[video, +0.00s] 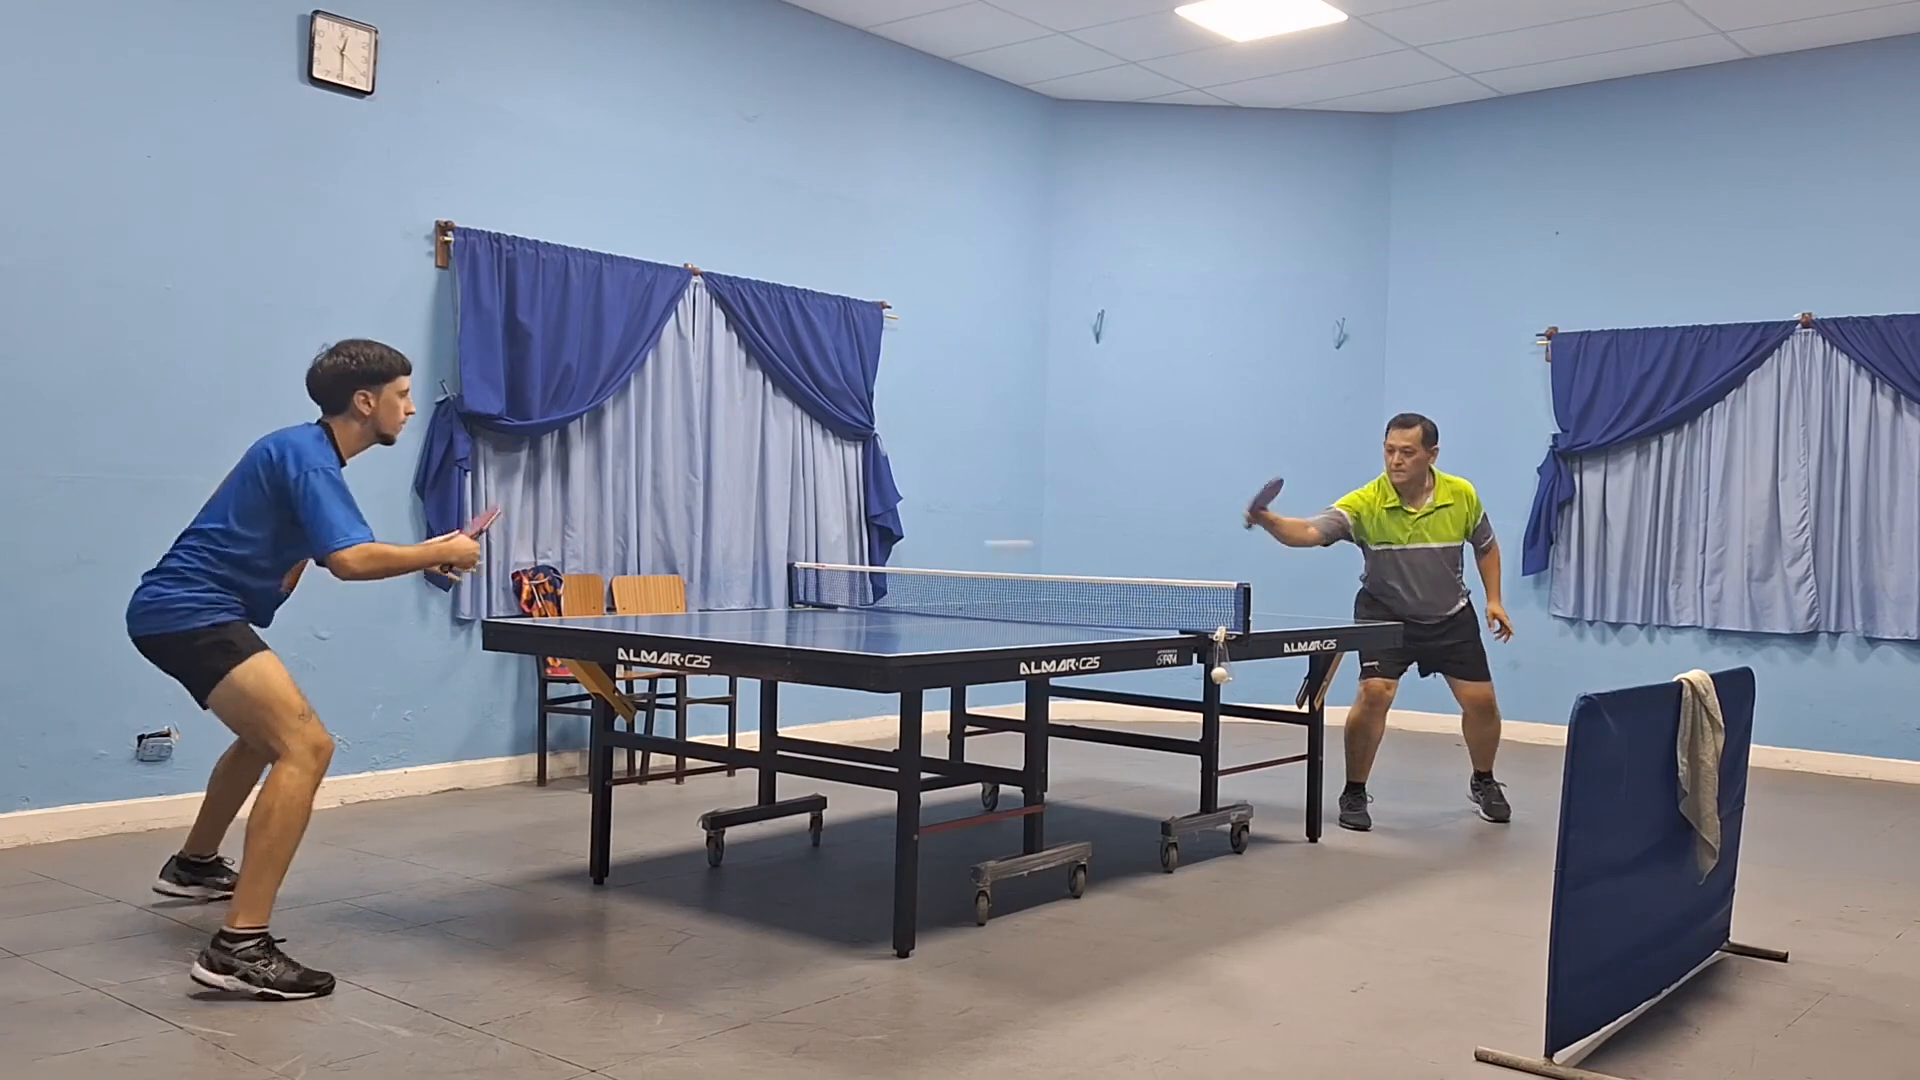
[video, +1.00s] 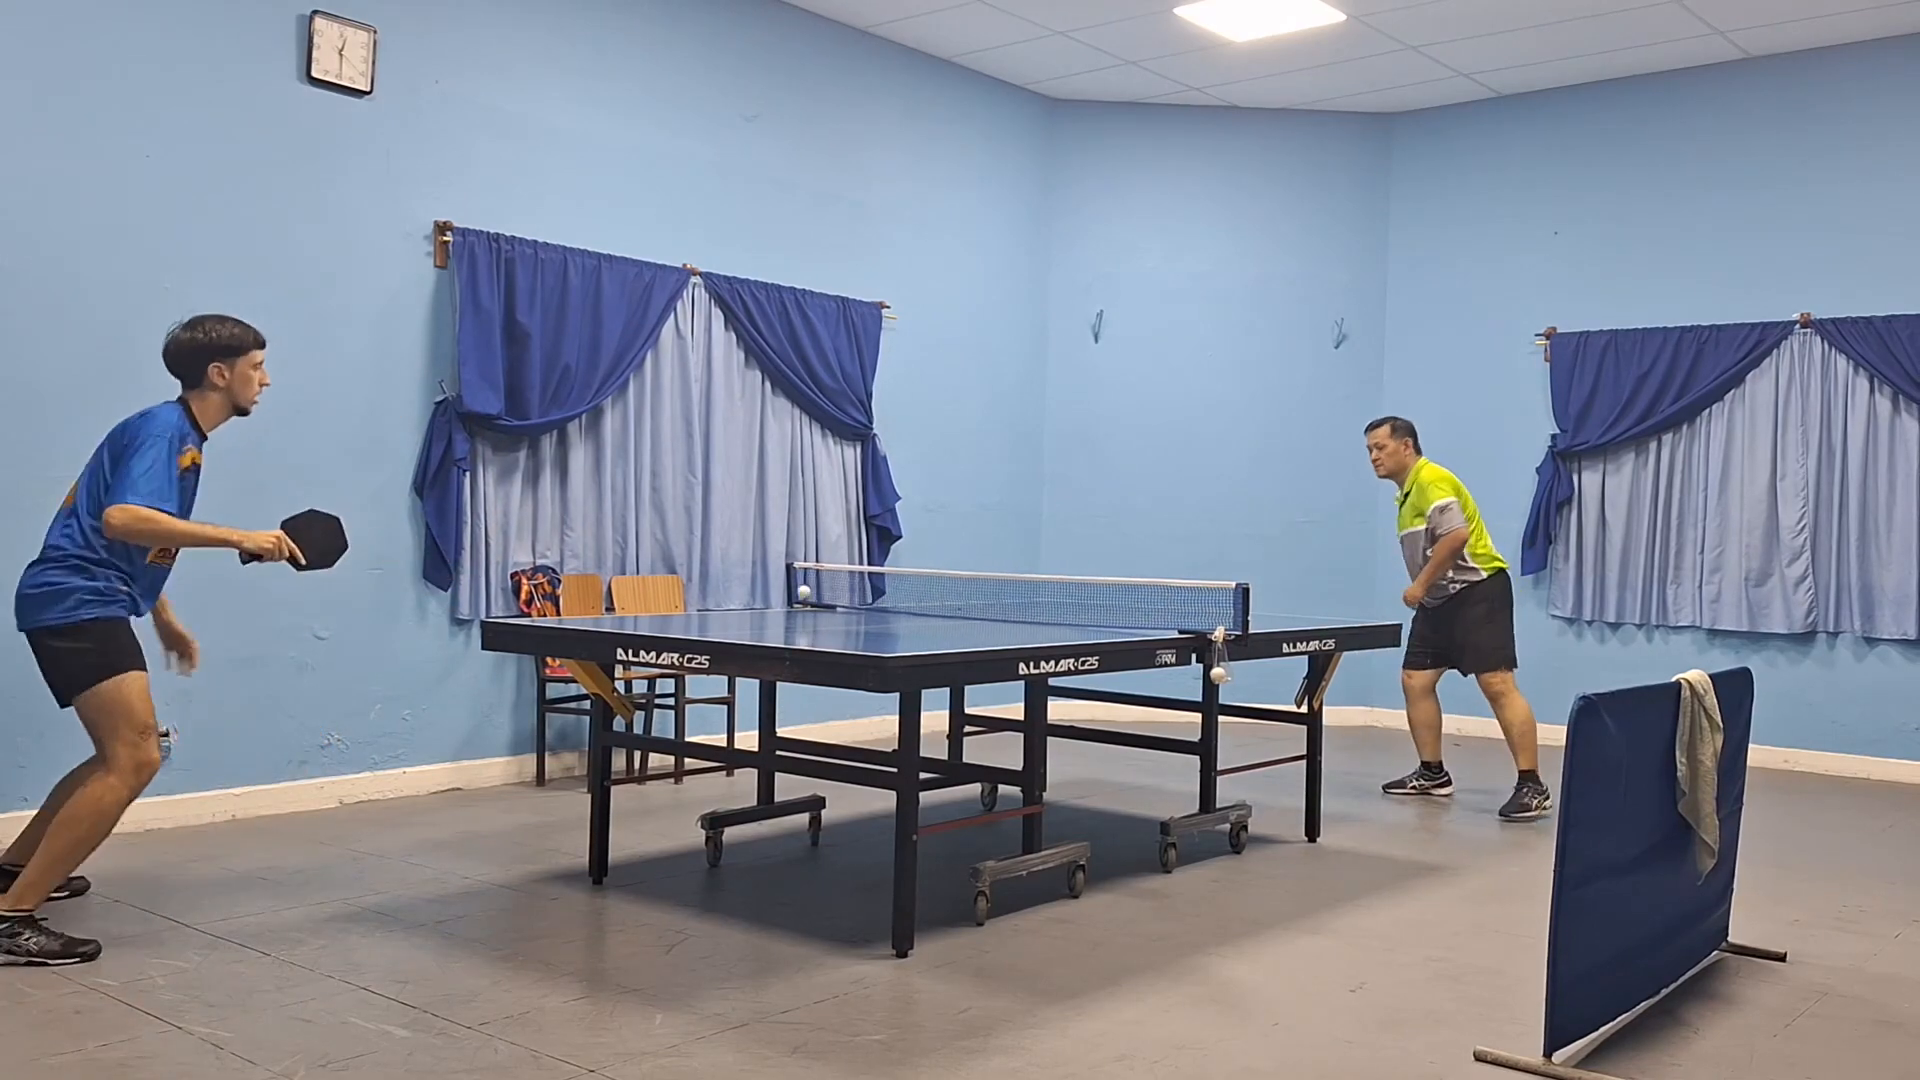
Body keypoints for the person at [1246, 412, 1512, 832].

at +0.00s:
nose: (1395, 460)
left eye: (1407, 452)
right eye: (1390, 451)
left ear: (1431, 455)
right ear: (1383, 452)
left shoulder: (1461, 496)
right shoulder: (1367, 502)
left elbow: (1486, 546)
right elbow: (1312, 531)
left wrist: (1494, 600)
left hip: (1450, 615)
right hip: (1385, 614)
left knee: (1482, 701)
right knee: (1376, 694)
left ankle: (1484, 780)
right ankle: (1355, 793)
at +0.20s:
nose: (1396, 449)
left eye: (1406, 441)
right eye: (1392, 442)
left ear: (1434, 445)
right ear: (1389, 446)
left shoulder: (1475, 495)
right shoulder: (1375, 500)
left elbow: (1512, 551)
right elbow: (1334, 539)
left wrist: (1504, 609)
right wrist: (1294, 547)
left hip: (1465, 622)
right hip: (1400, 623)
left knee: (1495, 708)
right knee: (1379, 698)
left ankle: (1526, 795)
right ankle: (1353, 793)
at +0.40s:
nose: (1400, 443)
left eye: (1408, 434)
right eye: (1397, 436)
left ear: (1438, 436)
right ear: (1398, 442)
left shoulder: (1471, 479)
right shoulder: (1413, 492)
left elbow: (1502, 535)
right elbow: (1404, 552)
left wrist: (1437, 561)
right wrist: (1362, 572)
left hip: (1489, 608)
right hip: (1432, 608)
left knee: (1503, 704)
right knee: (1391, 682)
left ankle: (1526, 796)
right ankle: (1398, 775)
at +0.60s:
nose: (1390, 473)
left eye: (1396, 464)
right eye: (1387, 467)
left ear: (1424, 460)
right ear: (1424, 464)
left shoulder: (1444, 493)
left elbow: (1397, 553)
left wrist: (1362, 563)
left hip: (1491, 611)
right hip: (1457, 617)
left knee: (1477, 708)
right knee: (1424, 695)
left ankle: (1528, 798)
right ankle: (1434, 775)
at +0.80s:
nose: (1368, 480)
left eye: (1372, 471)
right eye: (1365, 474)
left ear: (1398, 466)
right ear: (1400, 469)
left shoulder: (1419, 498)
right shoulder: (1420, 497)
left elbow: (1407, 573)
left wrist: (1368, 608)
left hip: (1483, 605)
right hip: (1448, 614)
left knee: (1487, 697)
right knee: (1411, 684)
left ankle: (1528, 797)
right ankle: (1432, 773)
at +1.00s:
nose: (1373, 456)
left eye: (1379, 448)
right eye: (1370, 451)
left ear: (1405, 445)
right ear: (1388, 453)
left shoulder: (1432, 480)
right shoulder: (1406, 495)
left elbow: (1456, 535)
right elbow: (1438, 547)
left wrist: (1420, 584)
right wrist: (1431, 592)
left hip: (1478, 591)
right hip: (1439, 601)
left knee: (1497, 684)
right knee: (1416, 681)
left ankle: (1531, 784)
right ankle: (1431, 772)